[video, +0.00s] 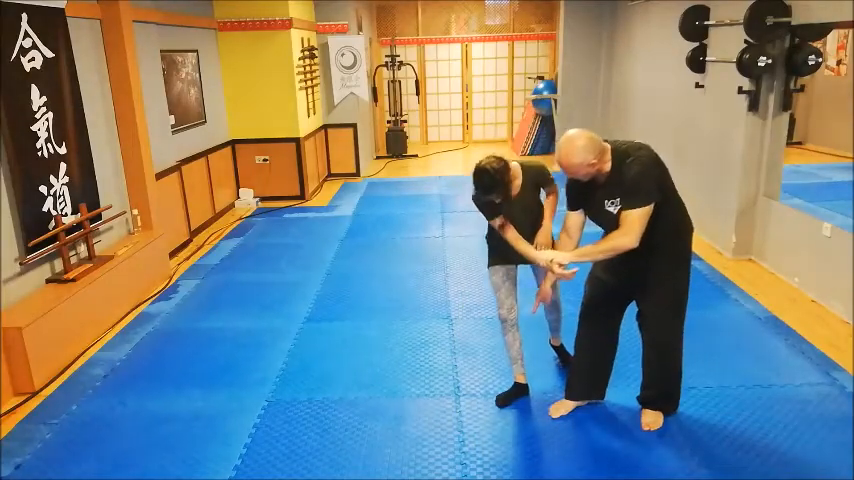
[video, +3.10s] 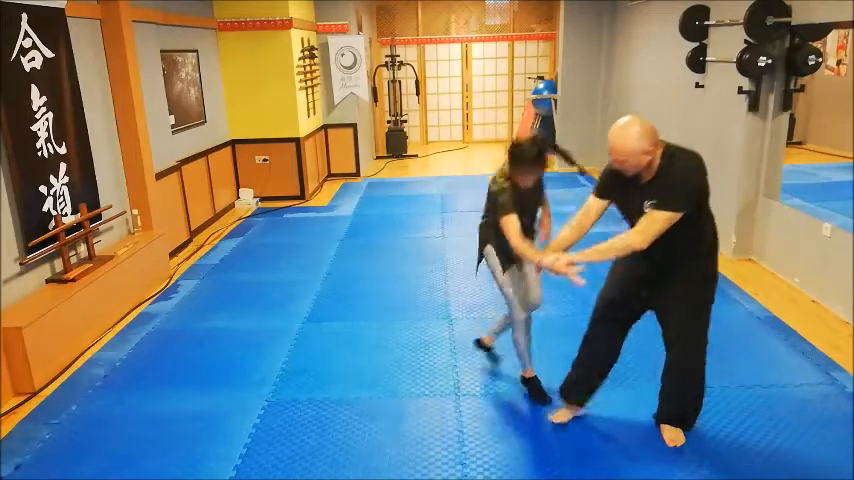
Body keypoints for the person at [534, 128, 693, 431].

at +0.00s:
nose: (571, 180)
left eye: (574, 175)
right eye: (567, 175)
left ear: (595, 162)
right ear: (569, 162)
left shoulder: (639, 164)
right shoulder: (579, 176)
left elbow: (629, 238)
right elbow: (570, 234)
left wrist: (569, 255)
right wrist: (548, 280)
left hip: (665, 246)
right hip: (620, 244)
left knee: (659, 323)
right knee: (596, 312)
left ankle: (654, 402)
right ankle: (582, 391)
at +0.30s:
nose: (597, 148)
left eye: (602, 143)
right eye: (595, 141)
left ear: (627, 138)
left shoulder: (669, 153)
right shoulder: (610, 159)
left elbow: (653, 225)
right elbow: (605, 211)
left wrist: (594, 242)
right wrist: (591, 255)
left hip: (681, 248)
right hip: (635, 242)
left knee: (668, 323)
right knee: (609, 312)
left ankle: (655, 403)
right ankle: (585, 386)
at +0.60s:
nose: (622, 118)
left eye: (627, 112)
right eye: (621, 111)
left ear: (653, 112)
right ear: (647, 112)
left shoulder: (688, 143)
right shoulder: (637, 143)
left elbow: (674, 214)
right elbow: (633, 199)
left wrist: (611, 227)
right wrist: (621, 239)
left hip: (687, 245)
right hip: (649, 239)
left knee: (669, 317)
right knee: (632, 307)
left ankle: (661, 400)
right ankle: (641, 372)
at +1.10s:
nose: (658, 95)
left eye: (665, 89)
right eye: (659, 88)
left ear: (688, 95)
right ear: (685, 95)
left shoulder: (699, 137)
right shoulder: (686, 123)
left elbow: (659, 198)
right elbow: (670, 177)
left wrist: (608, 225)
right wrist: (647, 212)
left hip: (695, 237)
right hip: (677, 228)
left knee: (669, 311)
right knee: (687, 302)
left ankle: (659, 400)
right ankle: (697, 370)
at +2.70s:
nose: (652, 128)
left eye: (658, 121)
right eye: (651, 121)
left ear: (684, 116)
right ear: (673, 116)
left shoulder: (717, 148)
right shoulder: (661, 144)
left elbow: (672, 212)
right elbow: (626, 181)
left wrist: (611, 214)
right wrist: (592, 194)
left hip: (707, 253)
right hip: (666, 245)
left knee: (691, 333)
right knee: (647, 309)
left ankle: (673, 414)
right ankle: (680, 366)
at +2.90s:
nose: (640, 143)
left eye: (647, 137)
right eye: (639, 136)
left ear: (676, 133)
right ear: (640, 130)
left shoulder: (710, 157)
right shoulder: (642, 156)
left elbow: (663, 223)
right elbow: (605, 195)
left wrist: (600, 228)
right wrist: (573, 218)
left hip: (701, 261)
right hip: (653, 250)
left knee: (692, 344)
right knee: (615, 311)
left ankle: (673, 419)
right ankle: (623, 380)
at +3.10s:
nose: (616, 166)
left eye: (624, 162)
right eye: (614, 159)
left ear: (651, 155)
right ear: (613, 149)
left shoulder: (685, 170)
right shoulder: (618, 169)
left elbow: (640, 238)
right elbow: (584, 217)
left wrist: (575, 258)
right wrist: (547, 253)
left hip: (688, 266)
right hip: (640, 258)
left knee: (686, 344)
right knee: (606, 319)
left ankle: (672, 418)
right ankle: (574, 399)